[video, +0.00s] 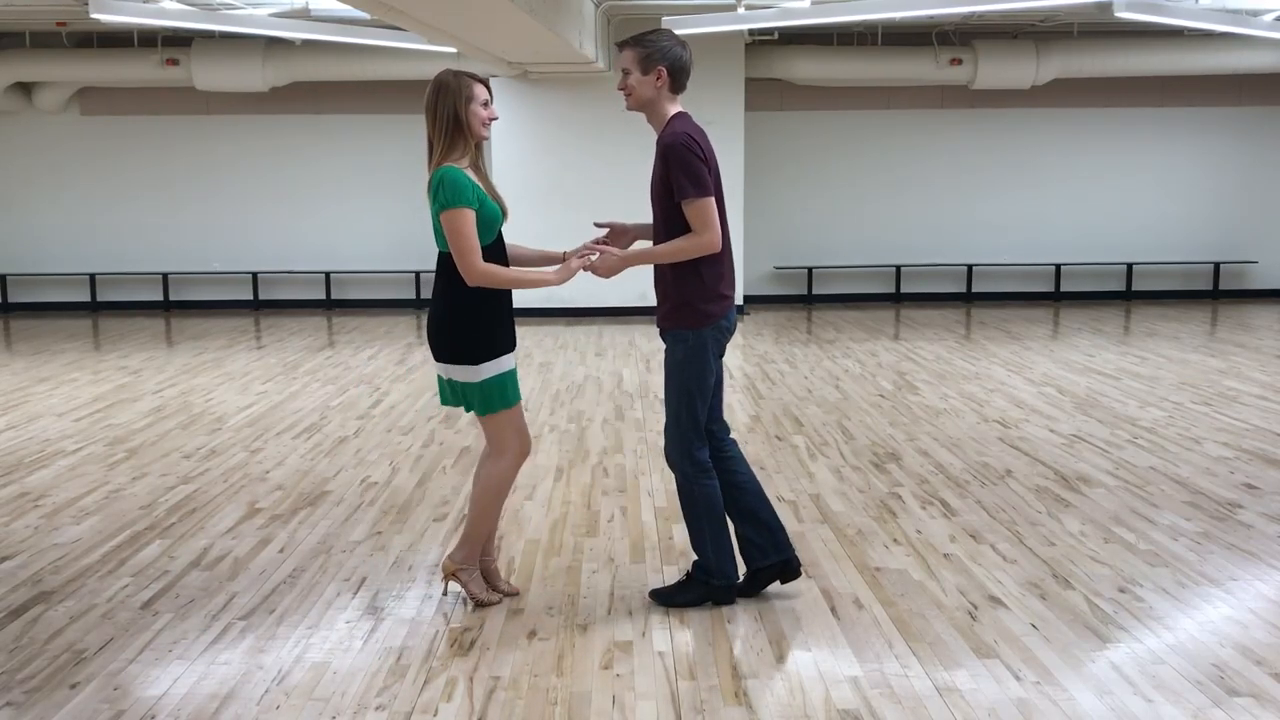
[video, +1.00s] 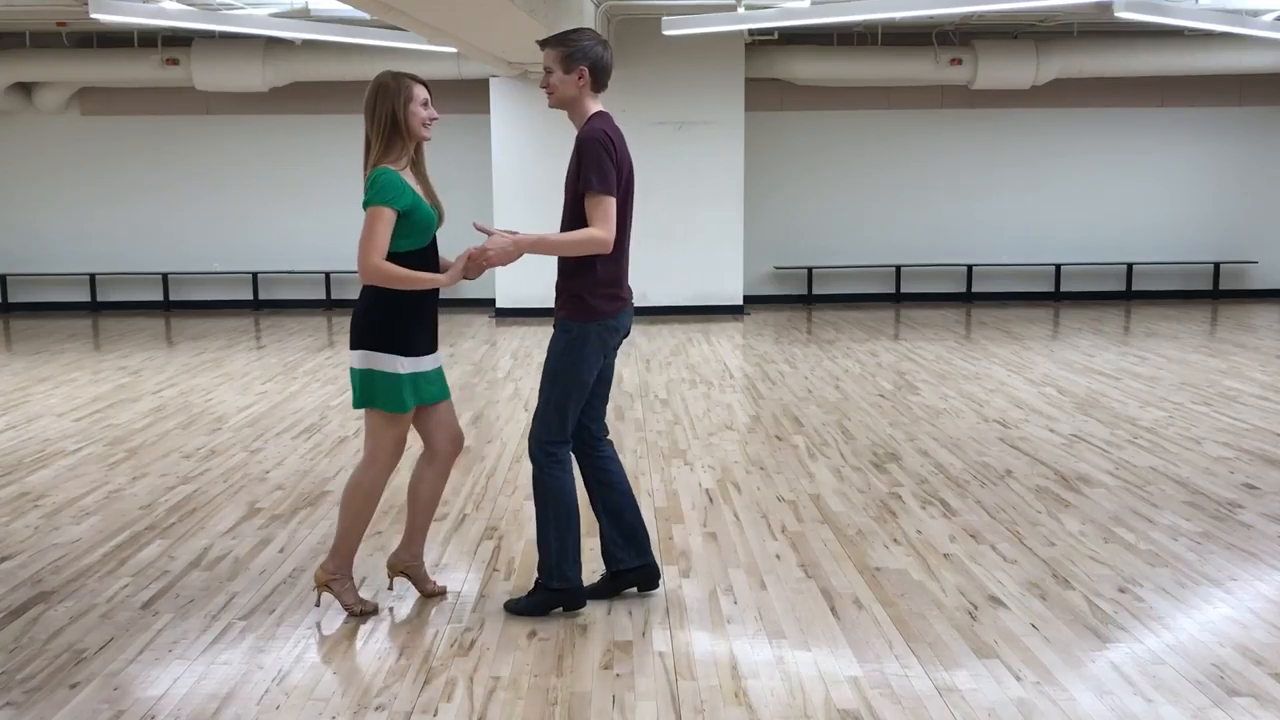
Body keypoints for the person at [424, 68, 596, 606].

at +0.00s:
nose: (491, 112)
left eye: (490, 104)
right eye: (482, 104)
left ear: (473, 112)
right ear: (456, 112)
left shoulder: (469, 175)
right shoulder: (452, 180)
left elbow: (499, 253)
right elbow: (473, 272)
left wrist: (565, 255)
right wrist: (546, 278)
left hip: (482, 326)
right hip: (470, 331)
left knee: (505, 443)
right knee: (512, 445)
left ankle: (484, 553)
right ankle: (465, 557)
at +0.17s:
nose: (488, 111)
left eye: (487, 103)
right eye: (478, 103)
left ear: (476, 111)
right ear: (451, 111)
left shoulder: (466, 174)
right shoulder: (450, 178)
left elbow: (494, 249)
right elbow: (470, 269)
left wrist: (555, 255)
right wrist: (546, 271)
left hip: (480, 328)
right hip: (458, 332)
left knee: (516, 438)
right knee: (486, 444)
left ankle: (479, 553)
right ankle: (458, 562)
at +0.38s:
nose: (477, 111)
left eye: (475, 102)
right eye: (466, 102)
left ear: (459, 111)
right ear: (440, 111)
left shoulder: (455, 173)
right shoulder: (433, 177)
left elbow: (479, 251)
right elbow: (466, 261)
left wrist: (535, 229)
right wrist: (529, 233)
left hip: (468, 327)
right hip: (449, 330)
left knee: (482, 443)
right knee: (478, 446)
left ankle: (420, 544)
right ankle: (460, 562)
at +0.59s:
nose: (461, 111)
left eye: (459, 102)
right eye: (450, 102)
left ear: (442, 111)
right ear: (423, 111)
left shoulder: (439, 171)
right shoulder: (413, 176)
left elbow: (459, 257)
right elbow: (434, 266)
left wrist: (519, 258)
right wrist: (501, 237)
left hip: (437, 330)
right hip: (426, 334)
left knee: (442, 443)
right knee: (479, 439)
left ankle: (408, 550)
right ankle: (453, 558)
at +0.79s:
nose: (442, 112)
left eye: (440, 103)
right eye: (432, 103)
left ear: (423, 114)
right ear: (406, 112)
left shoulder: (419, 175)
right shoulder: (397, 180)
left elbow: (424, 259)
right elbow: (385, 267)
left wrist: (473, 273)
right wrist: (460, 282)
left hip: (431, 327)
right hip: (410, 334)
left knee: (448, 443)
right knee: (432, 451)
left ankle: (409, 553)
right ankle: (363, 557)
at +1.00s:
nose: (432, 113)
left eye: (430, 104)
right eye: (422, 105)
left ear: (409, 114)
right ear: (396, 113)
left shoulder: (410, 177)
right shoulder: (388, 180)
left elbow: (410, 263)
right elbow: (369, 267)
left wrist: (460, 265)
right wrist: (443, 277)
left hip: (414, 334)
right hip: (386, 336)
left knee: (446, 442)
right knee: (382, 452)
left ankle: (410, 554)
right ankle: (337, 567)